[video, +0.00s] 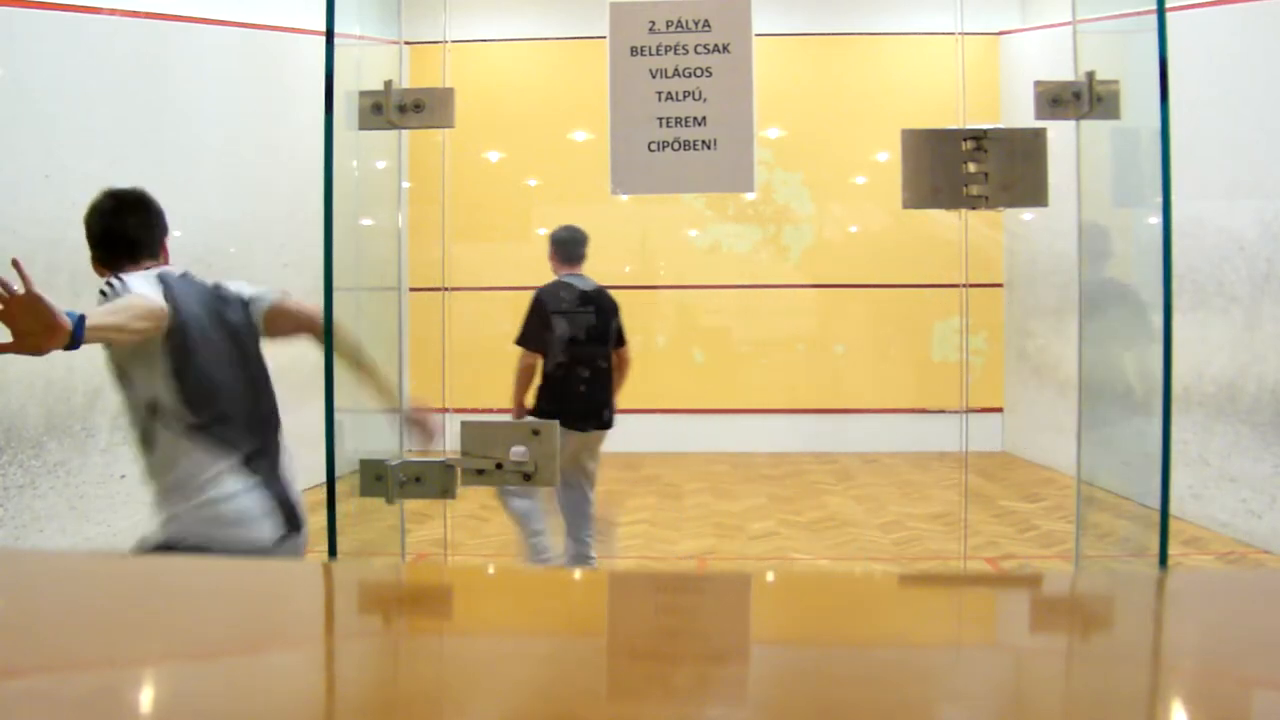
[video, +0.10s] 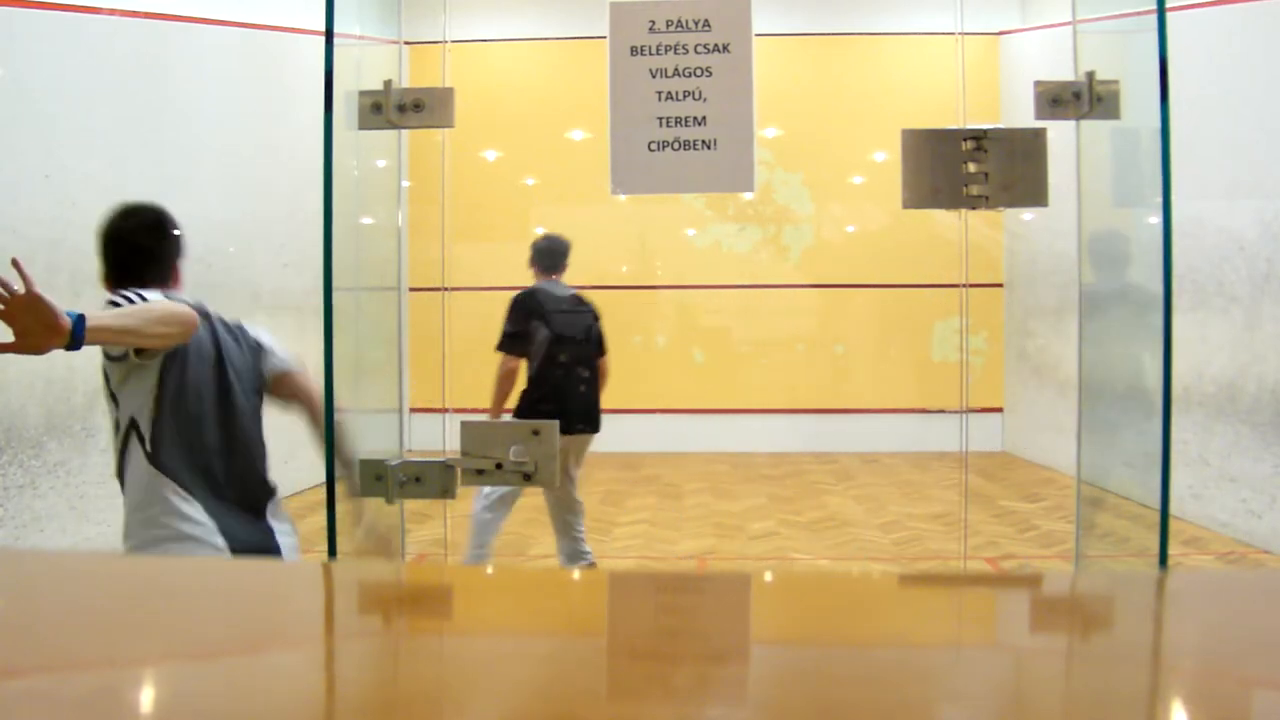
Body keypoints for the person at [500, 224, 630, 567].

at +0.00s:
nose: (549, 258)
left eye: (550, 253)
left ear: (552, 255)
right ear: (584, 255)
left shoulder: (547, 297)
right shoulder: (604, 299)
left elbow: (530, 359)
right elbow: (621, 358)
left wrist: (518, 403)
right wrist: (608, 397)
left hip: (556, 409)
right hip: (597, 409)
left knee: (514, 479)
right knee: (578, 483)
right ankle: (582, 560)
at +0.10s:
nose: (529, 266)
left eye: (530, 262)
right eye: (534, 262)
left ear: (533, 264)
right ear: (564, 265)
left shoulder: (527, 301)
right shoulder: (584, 305)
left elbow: (510, 366)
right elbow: (602, 369)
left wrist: (494, 416)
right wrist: (586, 402)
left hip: (539, 416)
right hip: (583, 416)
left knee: (499, 487)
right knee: (563, 489)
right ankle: (579, 563)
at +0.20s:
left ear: (512, 287)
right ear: (544, 289)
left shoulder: (502, 322)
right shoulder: (558, 325)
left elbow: (487, 381)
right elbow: (577, 373)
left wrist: (475, 432)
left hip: (525, 423)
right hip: (570, 424)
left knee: (485, 494)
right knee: (555, 493)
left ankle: (434, 561)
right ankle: (580, 564)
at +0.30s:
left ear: (498, 310)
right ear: (531, 313)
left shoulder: (484, 344)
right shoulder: (546, 347)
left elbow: (470, 395)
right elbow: (569, 407)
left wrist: (459, 444)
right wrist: (573, 451)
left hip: (499, 442)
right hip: (552, 441)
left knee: (464, 508)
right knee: (564, 497)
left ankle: (436, 571)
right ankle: (568, 566)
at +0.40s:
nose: (535, 324)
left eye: (533, 318)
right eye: (534, 319)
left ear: (499, 322)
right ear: (530, 322)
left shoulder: (480, 354)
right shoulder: (549, 355)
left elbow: (457, 411)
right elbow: (579, 415)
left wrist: (433, 450)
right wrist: (600, 462)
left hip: (488, 450)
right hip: (546, 451)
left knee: (460, 509)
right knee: (572, 502)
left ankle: (435, 569)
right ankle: (562, 569)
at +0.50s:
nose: (553, 320)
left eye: (551, 314)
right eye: (551, 314)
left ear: (517, 317)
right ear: (545, 317)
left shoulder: (495, 351)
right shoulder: (562, 354)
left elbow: (467, 399)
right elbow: (597, 406)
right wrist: (637, 450)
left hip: (495, 452)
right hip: (548, 453)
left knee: (464, 508)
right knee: (588, 508)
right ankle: (563, 570)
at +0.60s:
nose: (596, 309)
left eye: (594, 303)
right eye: (595, 304)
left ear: (563, 306)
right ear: (587, 306)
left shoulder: (535, 340)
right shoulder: (593, 347)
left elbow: (511, 404)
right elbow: (630, 399)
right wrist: (680, 442)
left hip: (514, 454)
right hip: (560, 456)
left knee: (471, 516)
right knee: (619, 512)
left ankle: (426, 575)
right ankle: (580, 583)